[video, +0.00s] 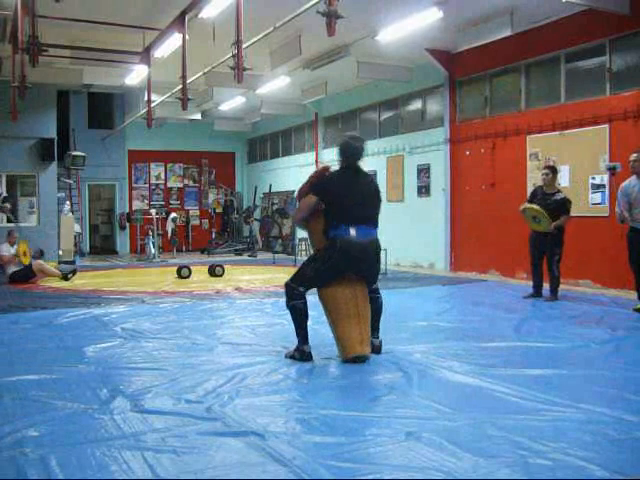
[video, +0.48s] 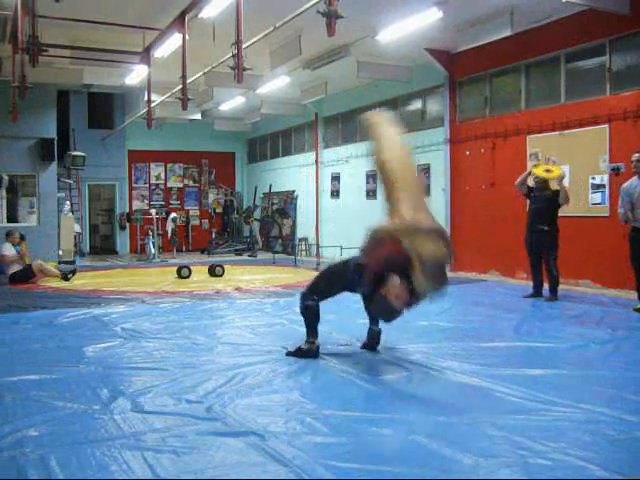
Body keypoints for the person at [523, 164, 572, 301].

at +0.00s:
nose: (543, 177)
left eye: (547, 174)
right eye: (542, 174)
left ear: (554, 177)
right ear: (540, 177)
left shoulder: (562, 198)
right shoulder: (537, 192)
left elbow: (565, 216)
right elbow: (529, 205)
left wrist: (554, 225)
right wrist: (525, 209)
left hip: (553, 233)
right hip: (537, 232)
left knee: (553, 264)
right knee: (536, 263)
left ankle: (553, 292)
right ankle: (536, 290)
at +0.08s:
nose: (543, 177)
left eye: (546, 174)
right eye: (542, 174)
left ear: (554, 176)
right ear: (540, 177)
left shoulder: (561, 197)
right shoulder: (537, 191)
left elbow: (565, 216)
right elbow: (529, 205)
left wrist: (553, 222)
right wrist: (526, 202)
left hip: (552, 231)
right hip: (537, 229)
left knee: (552, 262)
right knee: (534, 261)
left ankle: (553, 292)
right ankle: (536, 289)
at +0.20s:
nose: (543, 177)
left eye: (546, 174)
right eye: (541, 174)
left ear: (553, 176)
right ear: (540, 177)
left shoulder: (560, 196)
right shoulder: (537, 193)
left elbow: (564, 214)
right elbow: (523, 202)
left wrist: (552, 215)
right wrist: (529, 191)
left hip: (551, 230)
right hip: (535, 229)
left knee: (551, 261)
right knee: (534, 261)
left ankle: (553, 292)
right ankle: (536, 289)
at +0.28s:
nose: (544, 181)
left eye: (548, 177)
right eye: (542, 178)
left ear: (553, 179)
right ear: (538, 179)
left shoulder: (559, 195)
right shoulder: (535, 193)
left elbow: (561, 213)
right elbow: (520, 196)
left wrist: (554, 200)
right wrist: (531, 183)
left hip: (550, 232)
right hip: (534, 231)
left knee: (550, 263)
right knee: (534, 263)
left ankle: (553, 293)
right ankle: (536, 290)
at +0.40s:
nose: (545, 183)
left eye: (548, 180)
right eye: (543, 180)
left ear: (553, 183)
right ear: (538, 183)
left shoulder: (557, 196)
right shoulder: (534, 193)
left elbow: (563, 209)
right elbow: (519, 189)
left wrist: (558, 192)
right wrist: (531, 178)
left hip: (549, 231)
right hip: (533, 231)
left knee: (550, 263)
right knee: (534, 263)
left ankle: (553, 293)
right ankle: (536, 290)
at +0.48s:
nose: (537, 179)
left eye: (540, 176)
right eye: (536, 177)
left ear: (546, 179)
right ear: (534, 180)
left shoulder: (554, 194)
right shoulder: (532, 193)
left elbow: (565, 200)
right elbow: (519, 185)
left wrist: (560, 184)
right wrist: (529, 172)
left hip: (549, 230)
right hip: (533, 229)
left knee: (550, 262)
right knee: (535, 262)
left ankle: (553, 292)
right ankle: (537, 290)